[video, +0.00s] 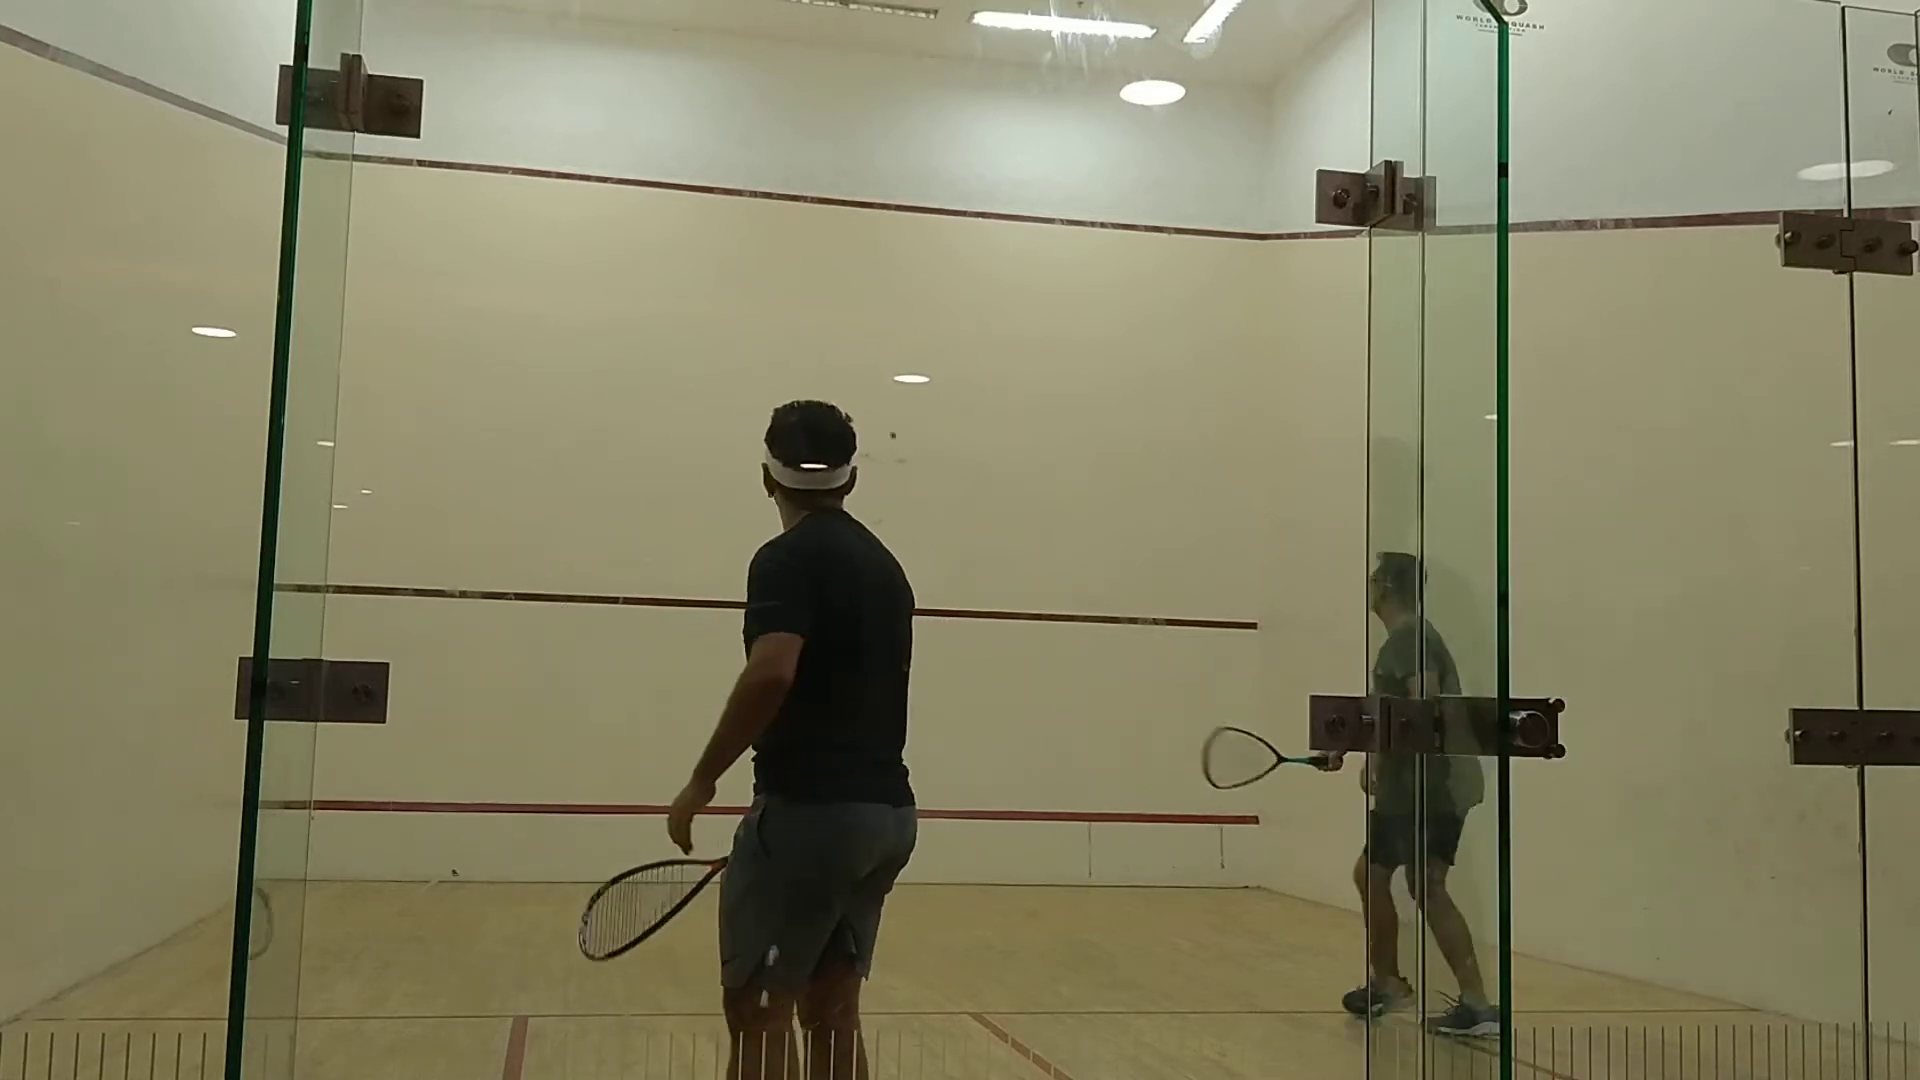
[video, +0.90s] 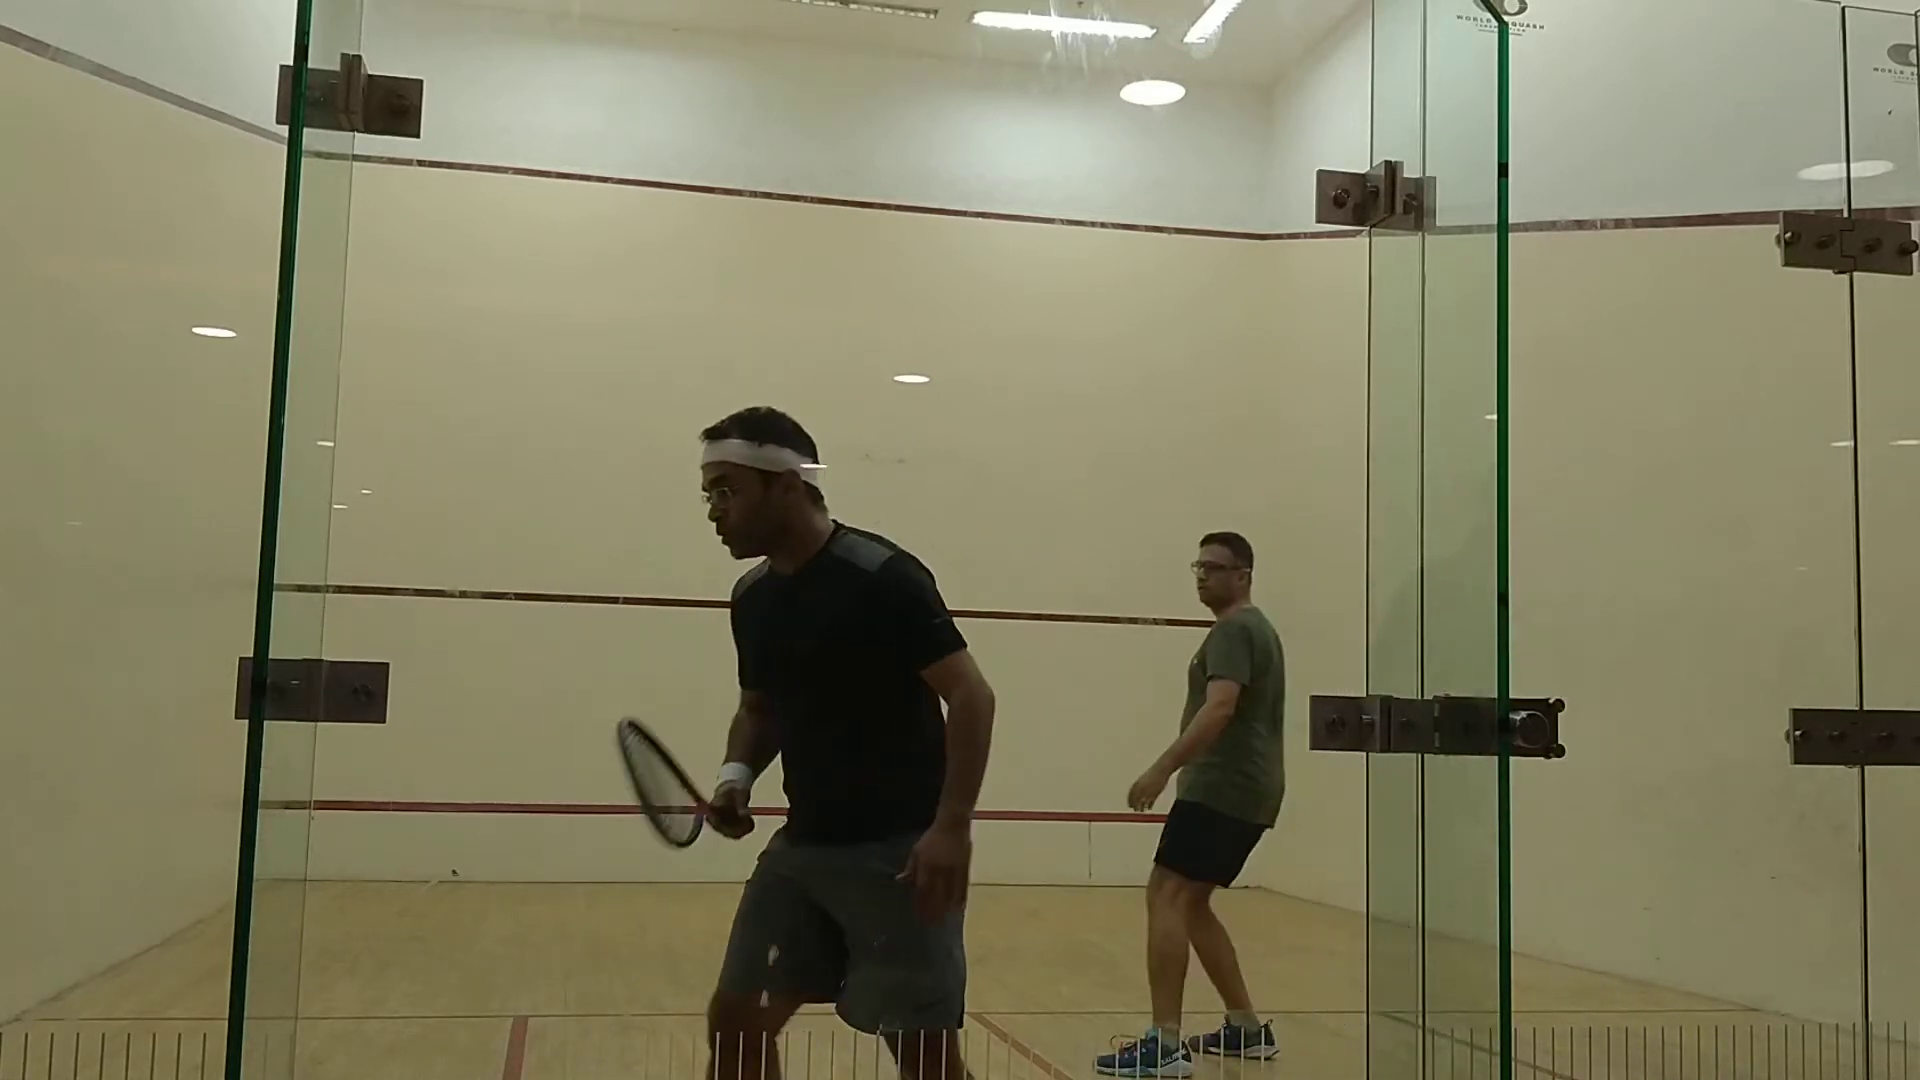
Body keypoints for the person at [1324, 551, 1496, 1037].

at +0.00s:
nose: (1367, 590)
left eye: (1371, 582)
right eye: (1370, 582)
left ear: (1383, 589)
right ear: (1409, 590)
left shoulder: (1409, 641)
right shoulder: (1415, 641)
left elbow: (1420, 709)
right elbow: (1385, 711)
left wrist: (1378, 757)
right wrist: (1344, 746)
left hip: (1418, 786)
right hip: (1443, 785)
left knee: (1369, 873)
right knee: (1427, 886)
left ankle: (1385, 981)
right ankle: (1475, 999)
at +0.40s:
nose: (1311, 594)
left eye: (1322, 587)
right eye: (1315, 586)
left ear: (1351, 598)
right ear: (1343, 598)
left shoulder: (1378, 651)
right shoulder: (1332, 658)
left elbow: (1414, 728)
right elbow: (1324, 732)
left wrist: (1401, 790)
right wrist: (1293, 791)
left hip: (1370, 798)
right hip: (1361, 796)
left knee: (1311, 887)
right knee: (1399, 903)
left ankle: (1331, 1025)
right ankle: (1472, 1003)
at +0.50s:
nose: (1291, 586)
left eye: (1302, 580)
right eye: (1294, 579)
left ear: (1332, 593)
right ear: (1318, 592)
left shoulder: (1348, 648)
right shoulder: (1310, 650)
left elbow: (1376, 727)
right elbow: (1308, 735)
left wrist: (1355, 790)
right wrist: (1286, 793)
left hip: (1341, 797)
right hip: (1337, 794)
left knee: (1290, 895)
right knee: (1378, 900)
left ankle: (1328, 1026)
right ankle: (1453, 992)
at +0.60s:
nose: (1268, 566)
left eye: (1279, 559)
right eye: (1270, 558)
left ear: (1308, 569)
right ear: (1299, 570)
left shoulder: (1315, 624)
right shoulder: (1303, 622)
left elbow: (1335, 707)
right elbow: (1307, 711)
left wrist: (1305, 773)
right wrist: (1281, 783)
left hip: (1308, 787)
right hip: (1314, 787)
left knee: (1280, 893)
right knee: (1320, 891)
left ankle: (1326, 1022)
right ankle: (1390, 993)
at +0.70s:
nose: (1247, 550)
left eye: (1258, 542)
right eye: (1248, 541)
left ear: (1288, 550)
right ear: (1283, 552)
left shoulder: (1282, 604)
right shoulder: (1301, 603)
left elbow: (1293, 680)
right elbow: (1307, 686)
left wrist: (1260, 750)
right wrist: (1267, 751)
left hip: (1283, 773)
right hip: (1299, 772)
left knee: (1246, 876)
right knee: (1267, 878)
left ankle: (1309, 998)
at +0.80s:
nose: (1224, 553)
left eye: (1236, 547)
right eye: (1224, 545)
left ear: (1266, 556)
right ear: (1259, 559)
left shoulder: (1257, 609)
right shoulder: (1281, 609)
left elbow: (1253, 686)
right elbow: (1278, 694)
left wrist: (1210, 753)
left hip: (1250, 775)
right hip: (1277, 778)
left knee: (1198, 878)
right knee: (1229, 887)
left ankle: (1241, 1015)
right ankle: (1251, 1018)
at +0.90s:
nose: (1201, 576)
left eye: (1212, 568)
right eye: (1199, 568)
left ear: (1242, 575)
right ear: (1224, 577)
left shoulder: (1234, 629)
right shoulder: (1255, 629)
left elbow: (1220, 710)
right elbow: (1251, 723)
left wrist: (1160, 770)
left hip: (1220, 793)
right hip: (1249, 796)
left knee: (1165, 894)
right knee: (1193, 904)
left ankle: (1165, 1043)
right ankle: (1246, 1026)